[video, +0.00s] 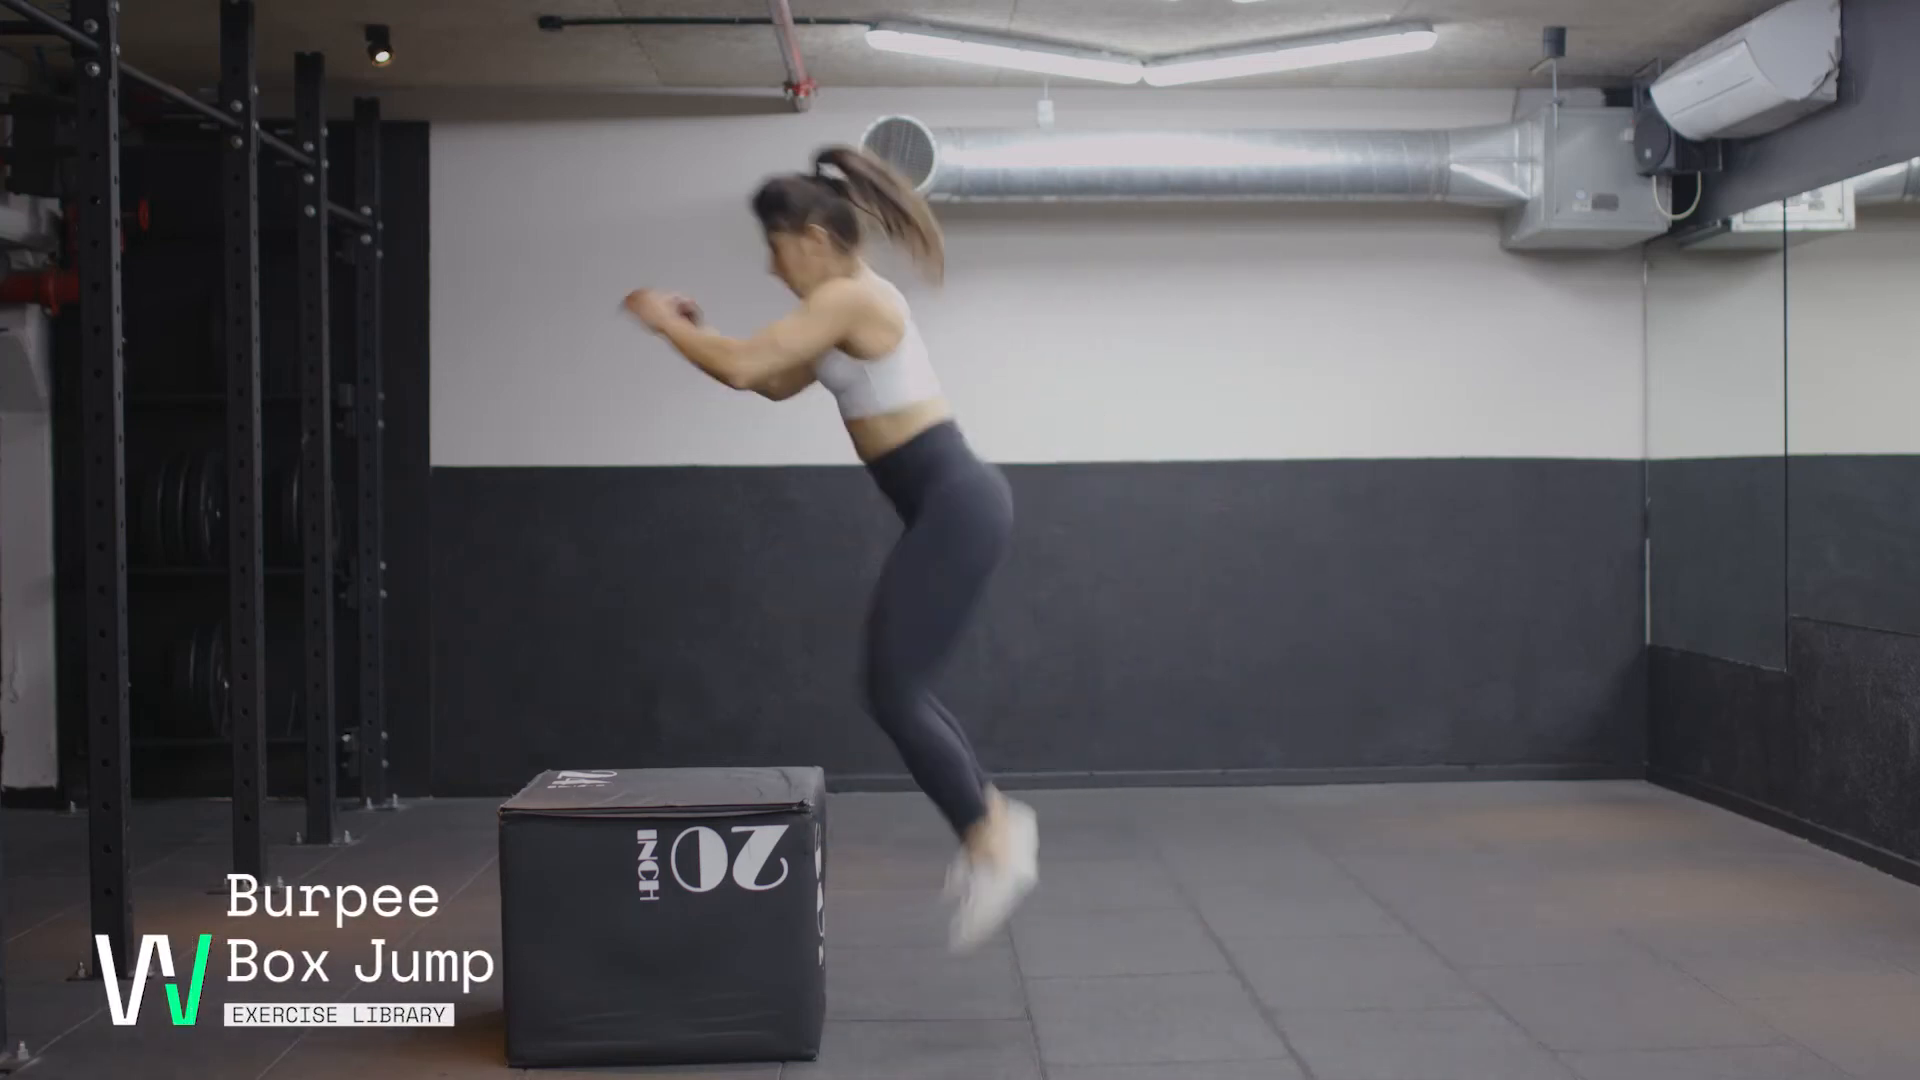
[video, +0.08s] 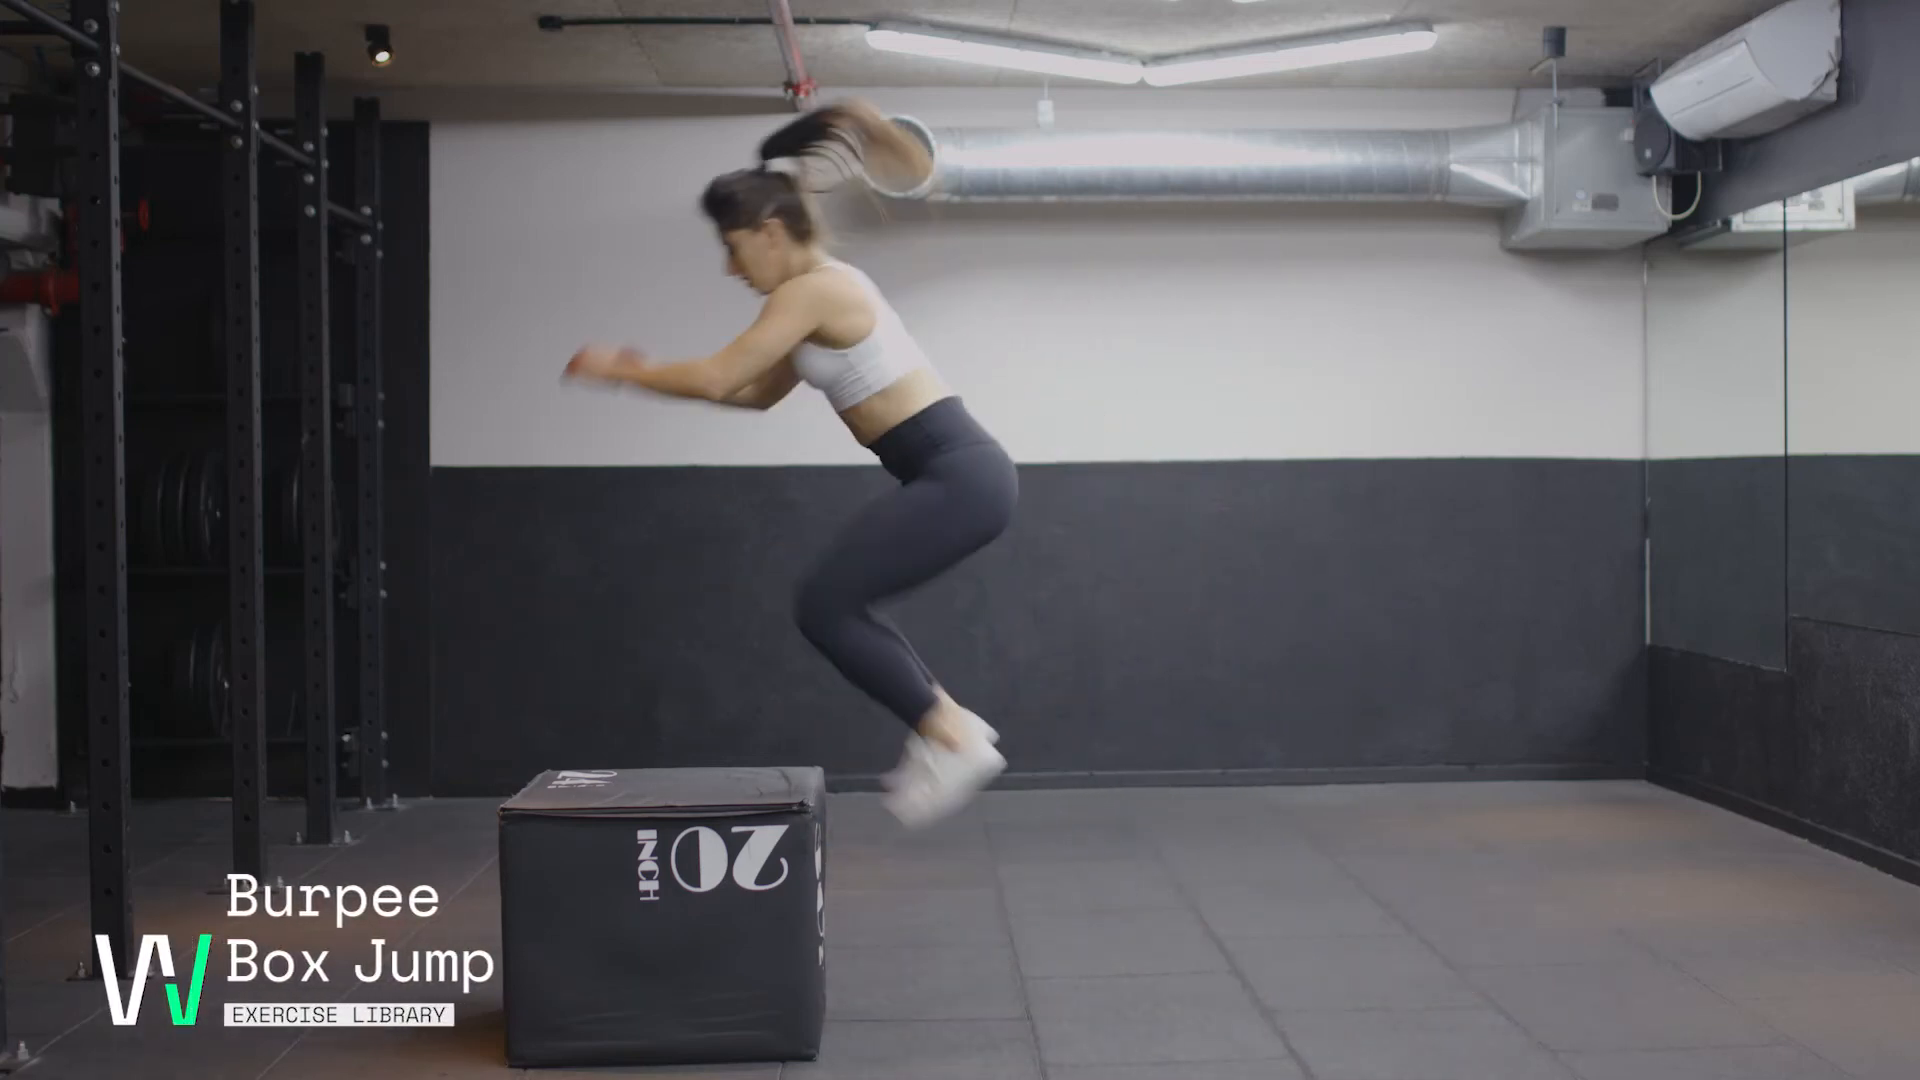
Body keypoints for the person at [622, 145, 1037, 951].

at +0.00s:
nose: (772, 261)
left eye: (776, 244)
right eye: (771, 247)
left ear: (814, 237)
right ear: (822, 238)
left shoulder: (852, 299)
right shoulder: (851, 304)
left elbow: (746, 367)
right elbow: (774, 384)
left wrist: (668, 326)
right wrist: (691, 331)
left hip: (955, 505)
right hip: (944, 504)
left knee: (894, 688)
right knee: (895, 683)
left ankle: (989, 840)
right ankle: (993, 821)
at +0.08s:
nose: (729, 263)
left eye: (733, 246)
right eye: (726, 249)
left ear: (775, 231)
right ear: (776, 232)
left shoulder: (817, 289)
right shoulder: (820, 292)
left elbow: (719, 376)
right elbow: (756, 395)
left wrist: (625, 368)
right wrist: (652, 373)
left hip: (961, 478)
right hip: (953, 475)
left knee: (826, 606)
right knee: (833, 601)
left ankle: (951, 736)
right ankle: (951, 729)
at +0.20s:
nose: (676, 313)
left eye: (677, 293)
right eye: (670, 298)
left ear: (712, 273)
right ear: (716, 274)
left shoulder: (769, 336)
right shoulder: (778, 331)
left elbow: (694, 449)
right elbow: (721, 463)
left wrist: (594, 501)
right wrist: (616, 499)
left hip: (947, 462)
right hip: (941, 459)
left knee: (784, 555)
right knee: (783, 553)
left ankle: (813, 743)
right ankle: (798, 716)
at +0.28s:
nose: (649, 338)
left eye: (650, 320)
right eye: (643, 324)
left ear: (688, 298)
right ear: (688, 300)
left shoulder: (748, 361)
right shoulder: (758, 353)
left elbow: (696, 488)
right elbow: (740, 487)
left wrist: (611, 576)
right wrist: (663, 563)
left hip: (920, 483)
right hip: (921, 480)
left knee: (758, 568)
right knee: (760, 567)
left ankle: (783, 753)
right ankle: (780, 748)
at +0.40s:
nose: (627, 312)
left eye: (628, 294)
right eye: (621, 298)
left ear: (666, 275)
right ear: (668, 276)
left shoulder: (727, 344)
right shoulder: (741, 328)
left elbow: (732, 481)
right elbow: (770, 476)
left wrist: (712, 599)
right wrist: (755, 574)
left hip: (895, 473)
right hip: (899, 468)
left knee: (741, 573)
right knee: (741, 569)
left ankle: (783, 754)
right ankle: (778, 749)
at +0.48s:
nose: (622, 263)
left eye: (624, 245)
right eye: (617, 248)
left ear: (655, 233)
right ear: (673, 227)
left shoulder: (722, 297)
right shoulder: (726, 286)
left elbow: (760, 425)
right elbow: (779, 420)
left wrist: (782, 539)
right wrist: (825, 526)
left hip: (884, 441)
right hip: (879, 438)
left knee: (743, 571)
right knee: (747, 567)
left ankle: (783, 752)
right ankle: (778, 746)